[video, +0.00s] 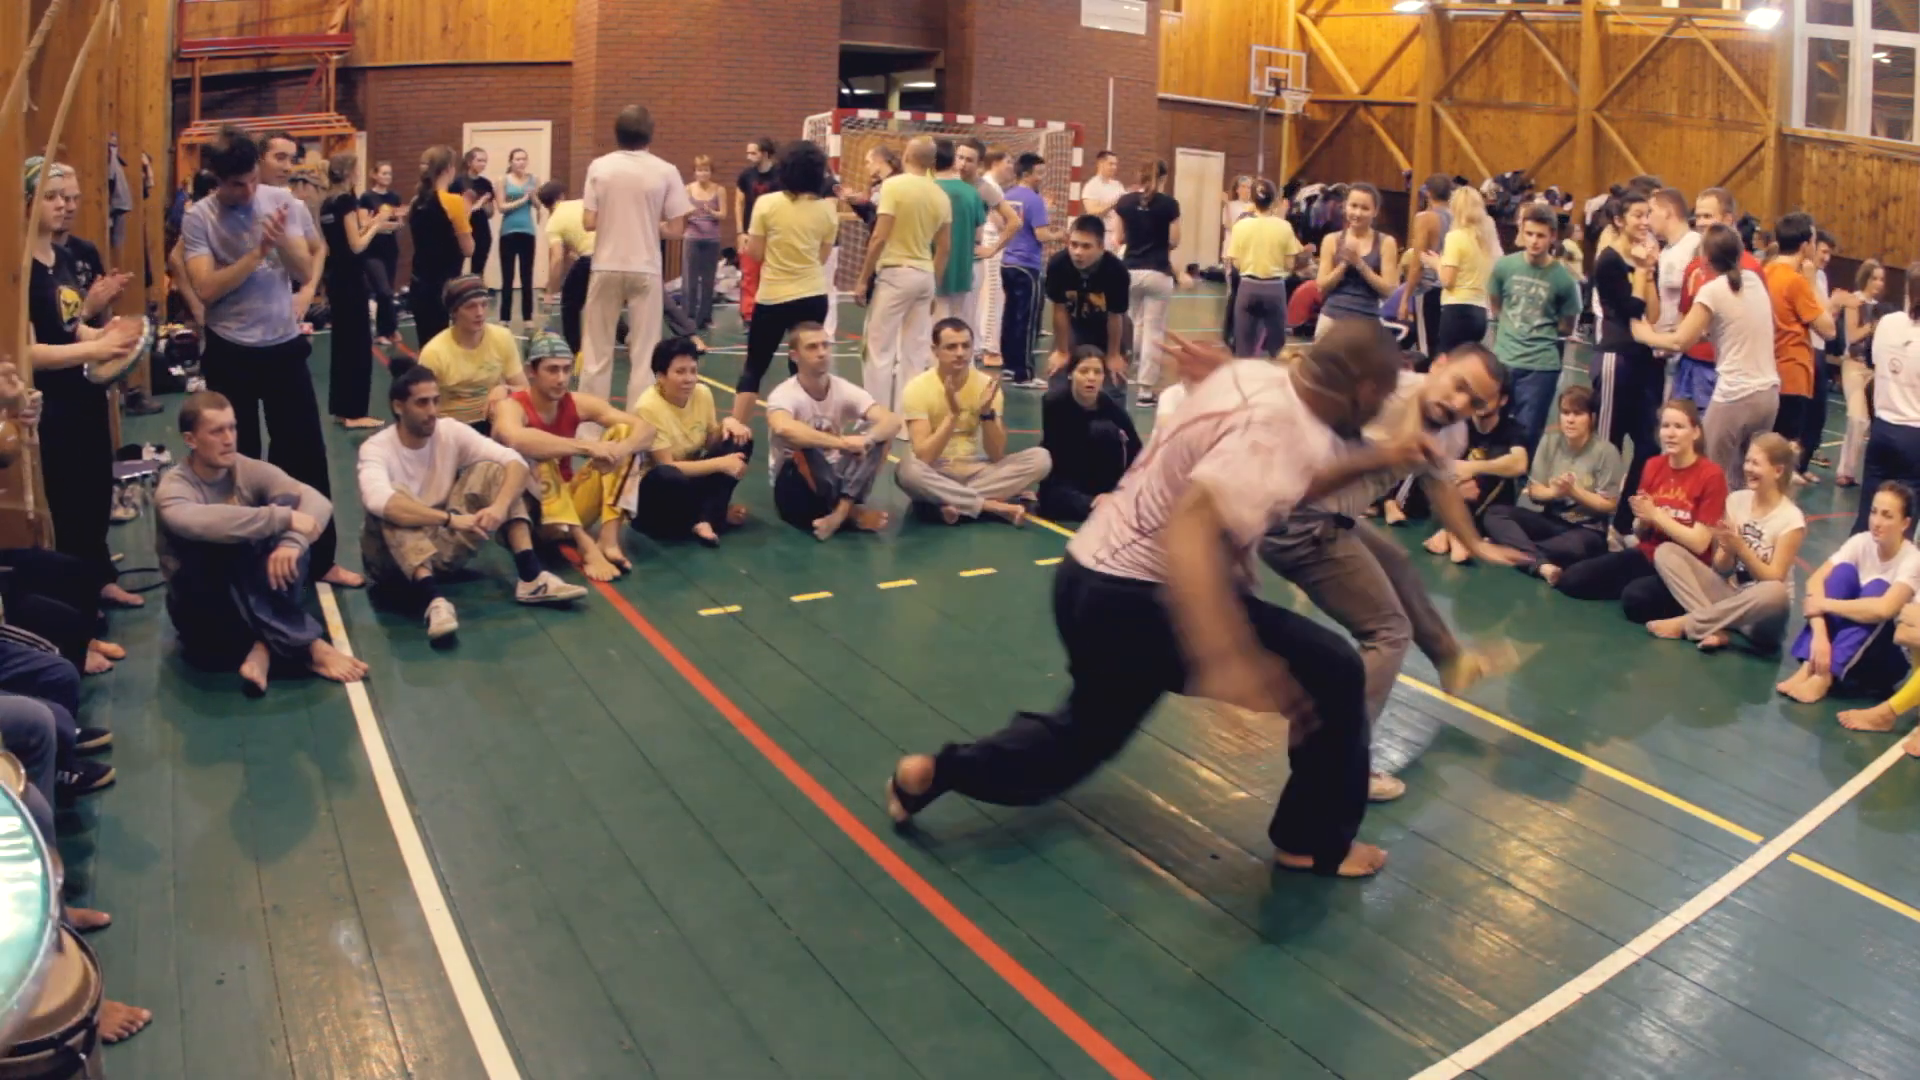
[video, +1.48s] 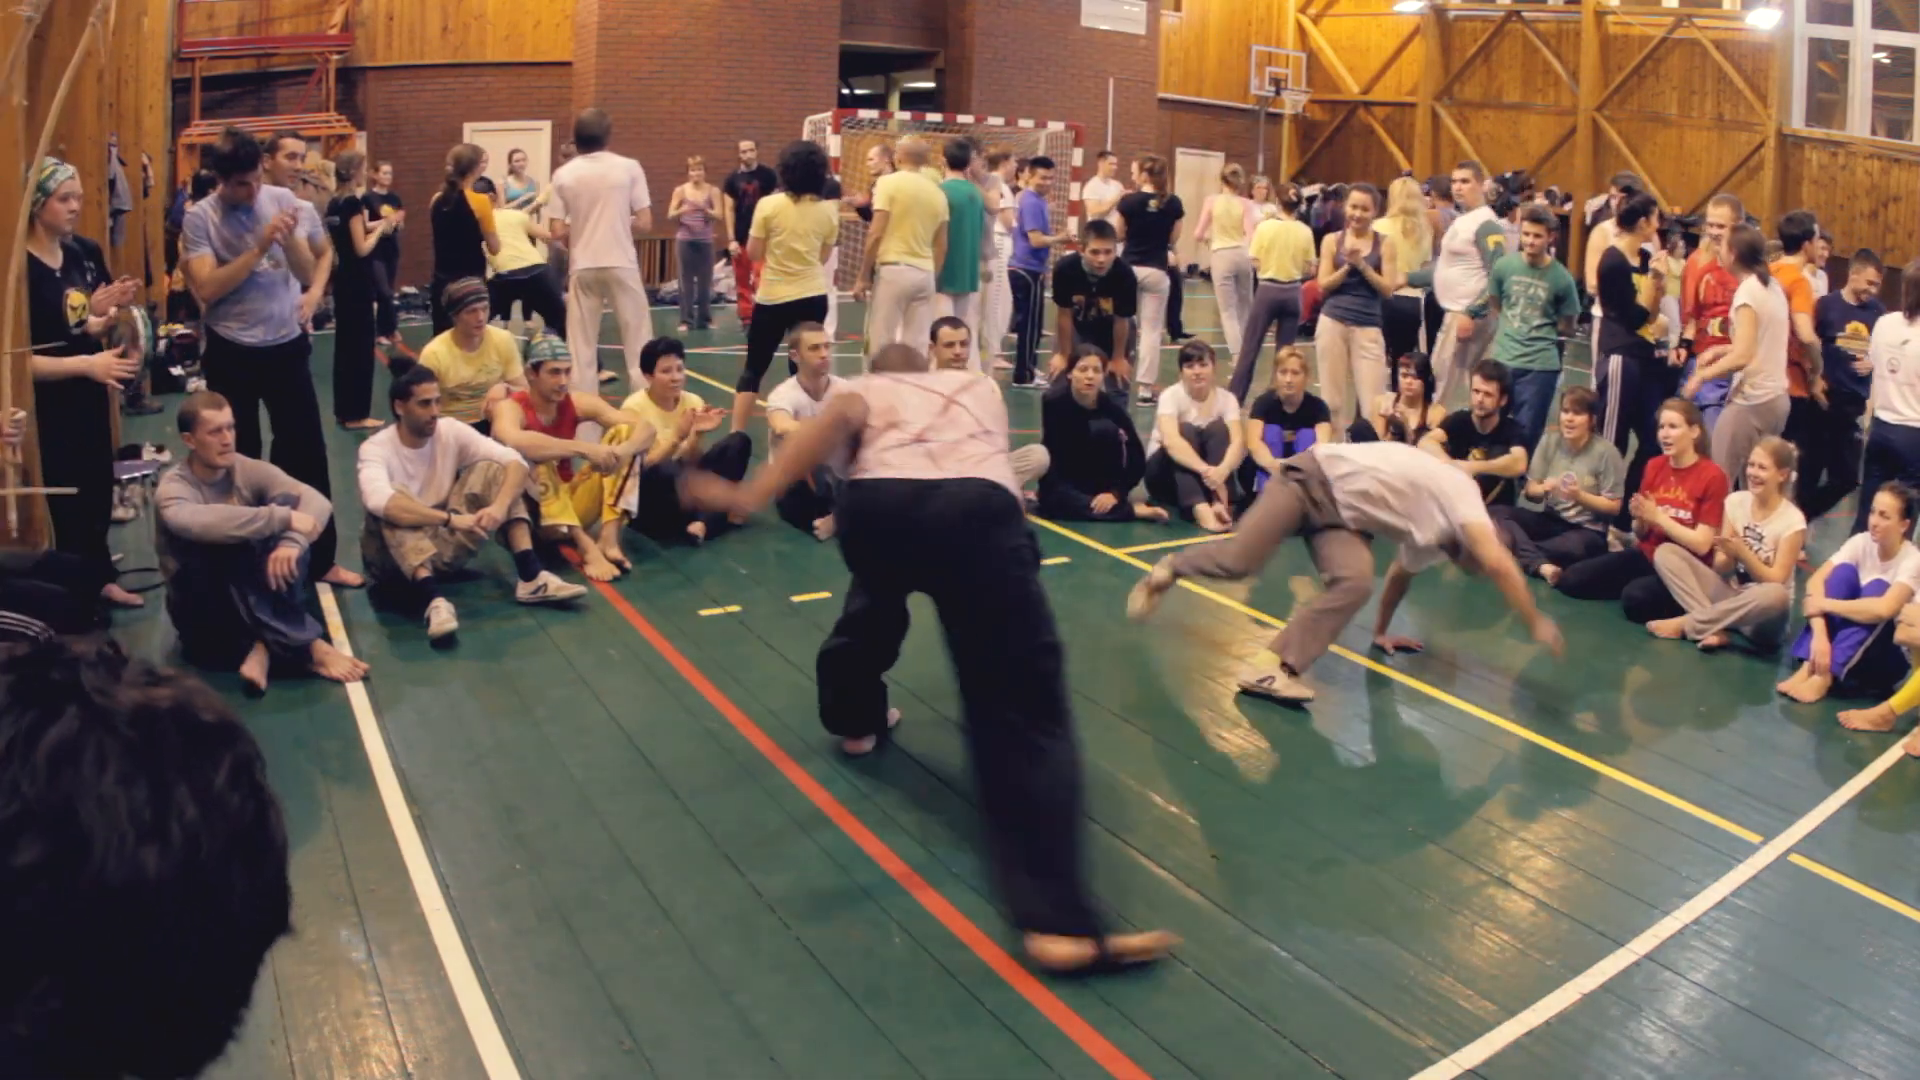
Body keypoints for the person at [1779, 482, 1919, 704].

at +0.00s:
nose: (1876, 521)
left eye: (1887, 516)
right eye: (1874, 512)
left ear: (1905, 524)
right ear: (1869, 513)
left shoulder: (1912, 559)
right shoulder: (1860, 542)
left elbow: (1885, 610)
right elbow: (1814, 581)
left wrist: (1823, 604)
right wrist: (1820, 638)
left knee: (1877, 587)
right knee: (1843, 572)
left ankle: (1823, 676)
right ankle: (1807, 666)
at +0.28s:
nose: (1877, 522)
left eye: (1887, 516)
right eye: (1874, 513)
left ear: (1906, 524)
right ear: (1869, 513)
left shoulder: (1913, 559)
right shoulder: (1860, 542)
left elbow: (1885, 610)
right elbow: (1814, 581)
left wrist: (1823, 604)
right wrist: (1820, 638)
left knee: (1877, 587)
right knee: (1843, 572)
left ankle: (1824, 676)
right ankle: (1807, 666)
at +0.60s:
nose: (1876, 522)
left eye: (1886, 516)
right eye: (1874, 512)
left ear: (1906, 524)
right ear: (1869, 513)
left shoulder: (1913, 559)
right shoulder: (1860, 542)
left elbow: (1885, 610)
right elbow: (1815, 581)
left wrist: (1823, 604)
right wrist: (1820, 638)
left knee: (1877, 587)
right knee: (1843, 572)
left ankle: (1824, 676)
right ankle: (1807, 666)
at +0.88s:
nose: (1874, 521)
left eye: (1885, 516)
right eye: (1873, 512)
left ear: (1905, 525)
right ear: (1868, 512)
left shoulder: (1912, 559)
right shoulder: (1860, 542)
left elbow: (1885, 610)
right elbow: (1815, 581)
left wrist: (1823, 604)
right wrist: (1820, 637)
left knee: (1876, 587)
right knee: (1843, 572)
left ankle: (1823, 676)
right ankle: (1807, 666)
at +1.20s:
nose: (1872, 521)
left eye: (1883, 516)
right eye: (1872, 512)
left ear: (1904, 525)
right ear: (1868, 512)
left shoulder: (1913, 560)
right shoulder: (1860, 542)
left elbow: (1885, 610)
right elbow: (1814, 582)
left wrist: (1822, 604)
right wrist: (1820, 637)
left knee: (1877, 586)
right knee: (1843, 572)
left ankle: (1823, 676)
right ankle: (1807, 666)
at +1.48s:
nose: (1873, 521)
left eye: (1884, 516)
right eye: (1872, 512)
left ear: (1904, 525)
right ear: (1868, 512)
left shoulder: (1912, 559)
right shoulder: (1860, 542)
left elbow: (1886, 610)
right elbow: (1815, 582)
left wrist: (1823, 604)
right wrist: (1820, 638)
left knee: (1877, 587)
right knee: (1844, 572)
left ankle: (1823, 676)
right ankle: (1807, 666)